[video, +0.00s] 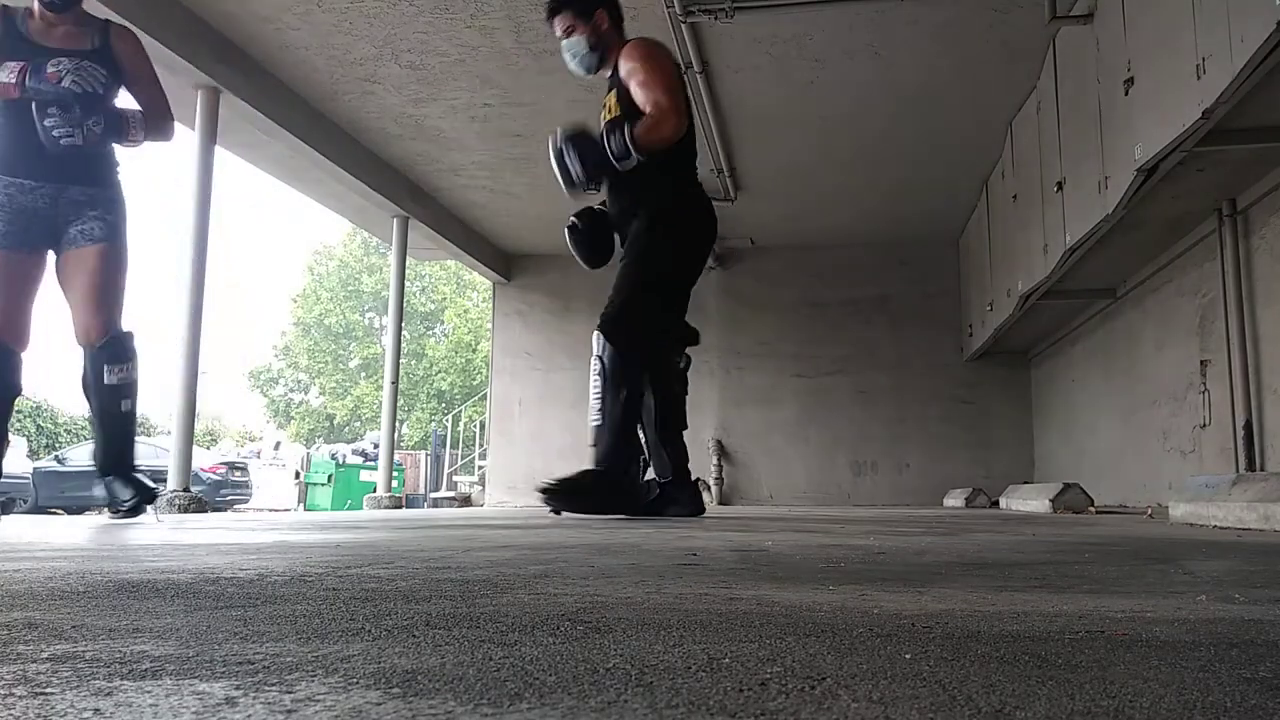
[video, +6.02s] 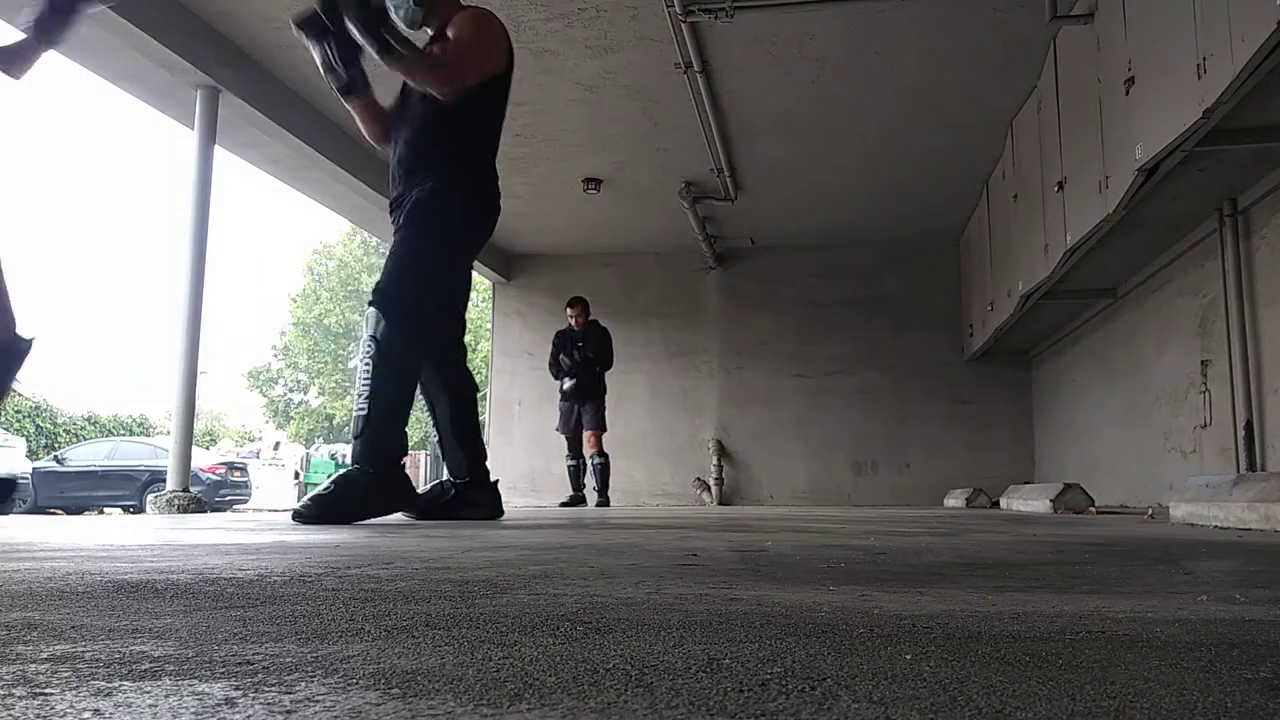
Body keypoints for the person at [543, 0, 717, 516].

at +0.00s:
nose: (567, 47)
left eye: (571, 32)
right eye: (560, 39)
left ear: (604, 18)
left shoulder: (637, 54)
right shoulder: (617, 90)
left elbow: (670, 120)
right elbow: (642, 178)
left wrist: (606, 150)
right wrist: (608, 223)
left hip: (672, 220)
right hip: (658, 226)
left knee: (619, 330)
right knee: (656, 341)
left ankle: (613, 473)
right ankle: (672, 482)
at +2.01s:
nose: (543, 27)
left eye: (551, 14)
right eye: (539, 19)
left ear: (585, 8)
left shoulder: (618, 47)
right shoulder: (581, 73)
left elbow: (590, 112)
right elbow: (541, 140)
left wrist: (535, 57)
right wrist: (515, 75)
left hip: (605, 218)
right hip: (596, 223)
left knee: (537, 309)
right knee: (600, 354)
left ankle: (527, 455)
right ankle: (638, 482)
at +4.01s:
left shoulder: (542, 11)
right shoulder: (464, 44)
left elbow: (475, 37)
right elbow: (389, 82)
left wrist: (419, 2)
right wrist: (340, 30)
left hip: (507, 203)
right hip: (452, 205)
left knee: (479, 325)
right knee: (369, 291)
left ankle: (484, 490)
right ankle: (444, 406)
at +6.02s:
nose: (403, 15)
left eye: (404, 7)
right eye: (399, 12)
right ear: (411, 16)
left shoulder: (478, 23)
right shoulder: (427, 60)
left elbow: (443, 78)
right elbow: (387, 137)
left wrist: (369, 26)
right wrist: (346, 79)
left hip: (451, 200)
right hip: (420, 208)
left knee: (393, 314)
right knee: (438, 347)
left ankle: (378, 472)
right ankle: (470, 484)